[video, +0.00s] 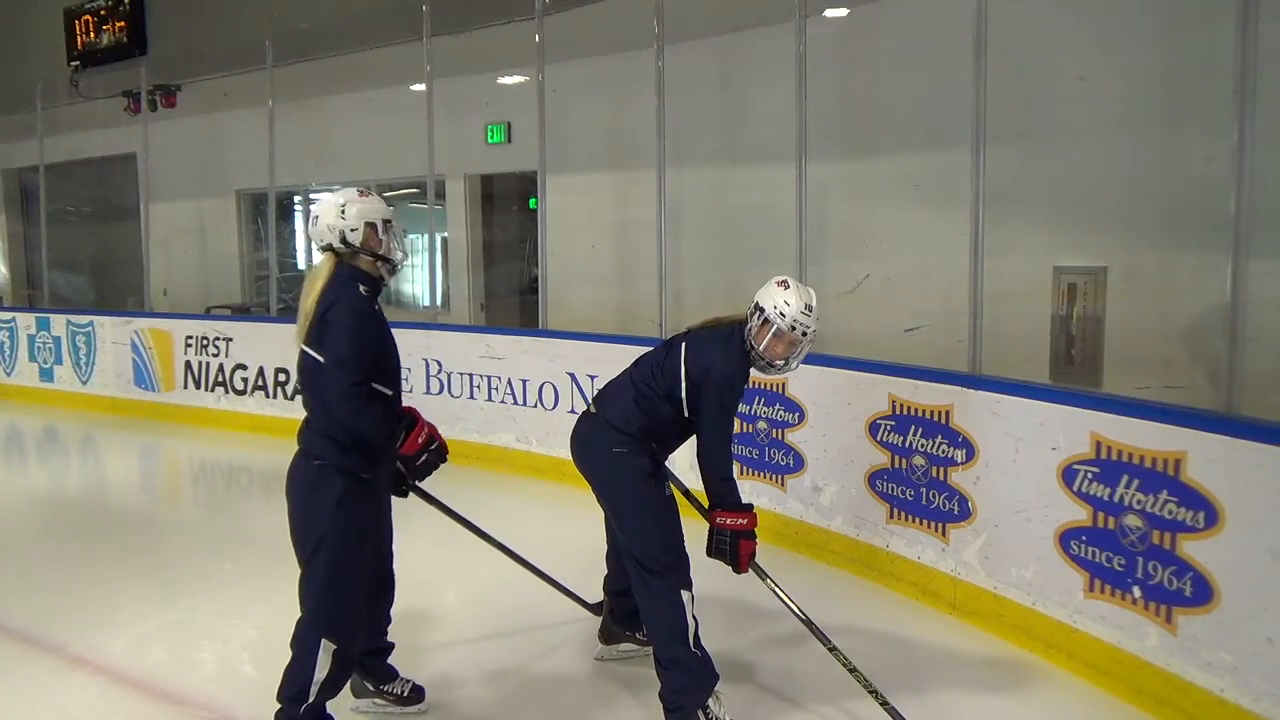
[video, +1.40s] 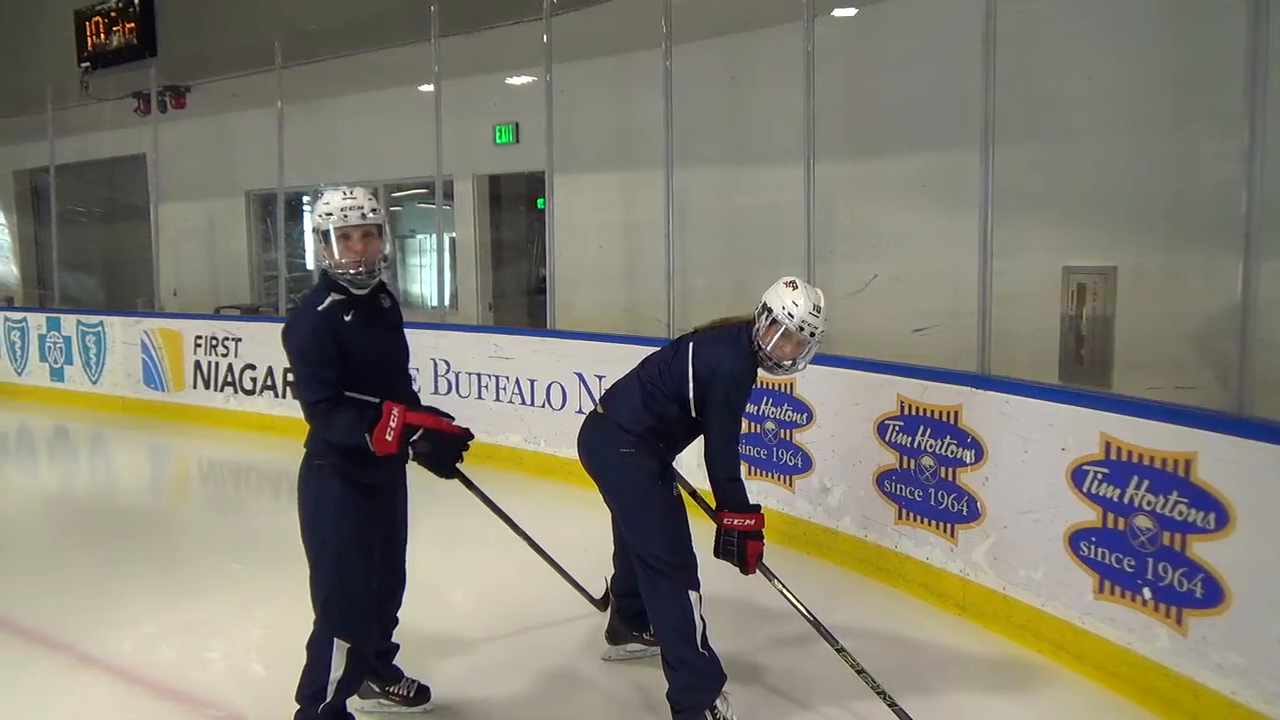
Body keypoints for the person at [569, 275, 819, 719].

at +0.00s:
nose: (775, 348)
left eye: (788, 342)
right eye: (771, 333)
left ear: (802, 345)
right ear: (755, 320)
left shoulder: (725, 340)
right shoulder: (725, 363)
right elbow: (714, 449)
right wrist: (732, 516)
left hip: (604, 434)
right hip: (620, 445)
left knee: (630, 534)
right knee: (664, 569)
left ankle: (621, 623)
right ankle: (689, 703)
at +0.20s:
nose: (775, 348)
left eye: (788, 342)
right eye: (772, 333)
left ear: (801, 345)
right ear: (756, 320)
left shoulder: (725, 340)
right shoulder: (725, 363)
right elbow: (714, 449)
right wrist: (732, 517)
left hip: (603, 434)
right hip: (620, 445)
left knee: (630, 533)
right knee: (664, 569)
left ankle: (621, 623)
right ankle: (689, 703)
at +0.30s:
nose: (775, 348)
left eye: (788, 342)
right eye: (771, 333)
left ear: (801, 346)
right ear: (755, 320)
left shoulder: (725, 340)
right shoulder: (725, 363)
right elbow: (714, 448)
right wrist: (732, 517)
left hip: (604, 434)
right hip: (620, 445)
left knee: (630, 535)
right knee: (664, 569)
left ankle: (622, 623)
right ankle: (689, 703)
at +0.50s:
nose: (776, 348)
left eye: (790, 342)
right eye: (773, 334)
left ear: (803, 346)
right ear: (757, 320)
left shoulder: (725, 341)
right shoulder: (726, 363)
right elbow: (715, 448)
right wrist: (733, 517)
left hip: (604, 435)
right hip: (621, 446)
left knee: (631, 535)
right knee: (666, 570)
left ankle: (622, 623)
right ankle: (690, 703)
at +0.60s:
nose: (778, 348)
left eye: (791, 342)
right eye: (774, 334)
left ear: (803, 346)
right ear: (758, 320)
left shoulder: (726, 340)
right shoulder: (726, 363)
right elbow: (716, 449)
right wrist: (734, 517)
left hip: (605, 435)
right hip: (622, 446)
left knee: (631, 536)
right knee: (667, 569)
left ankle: (623, 624)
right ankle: (691, 703)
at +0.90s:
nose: (779, 348)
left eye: (791, 342)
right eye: (775, 334)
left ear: (805, 345)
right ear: (759, 321)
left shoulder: (729, 340)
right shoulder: (729, 364)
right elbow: (718, 449)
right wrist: (735, 517)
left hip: (607, 434)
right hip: (623, 446)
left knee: (634, 534)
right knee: (669, 568)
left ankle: (625, 624)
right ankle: (693, 703)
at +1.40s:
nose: (782, 347)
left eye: (795, 341)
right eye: (778, 333)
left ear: (809, 346)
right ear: (762, 320)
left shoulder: (733, 340)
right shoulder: (733, 363)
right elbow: (722, 449)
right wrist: (739, 519)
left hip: (611, 434)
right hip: (627, 446)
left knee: (638, 535)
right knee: (672, 569)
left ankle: (628, 625)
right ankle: (696, 703)